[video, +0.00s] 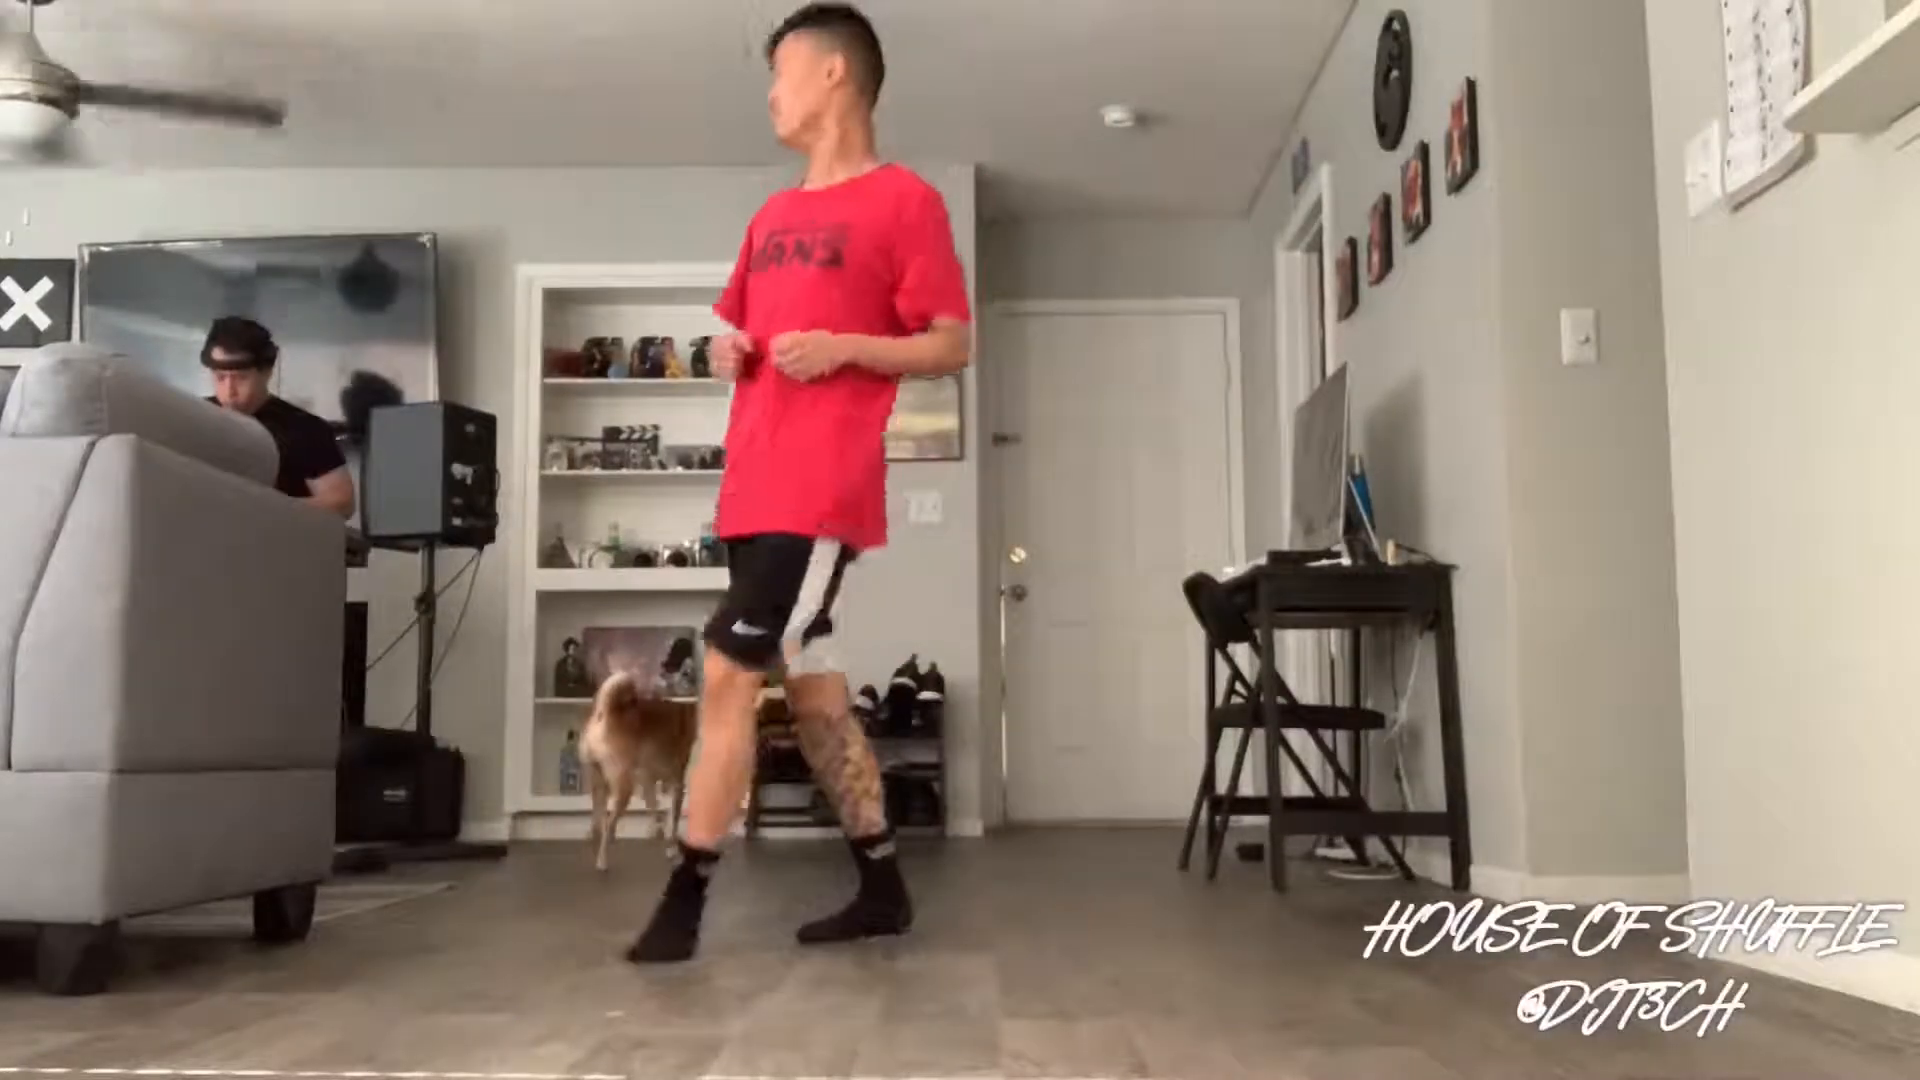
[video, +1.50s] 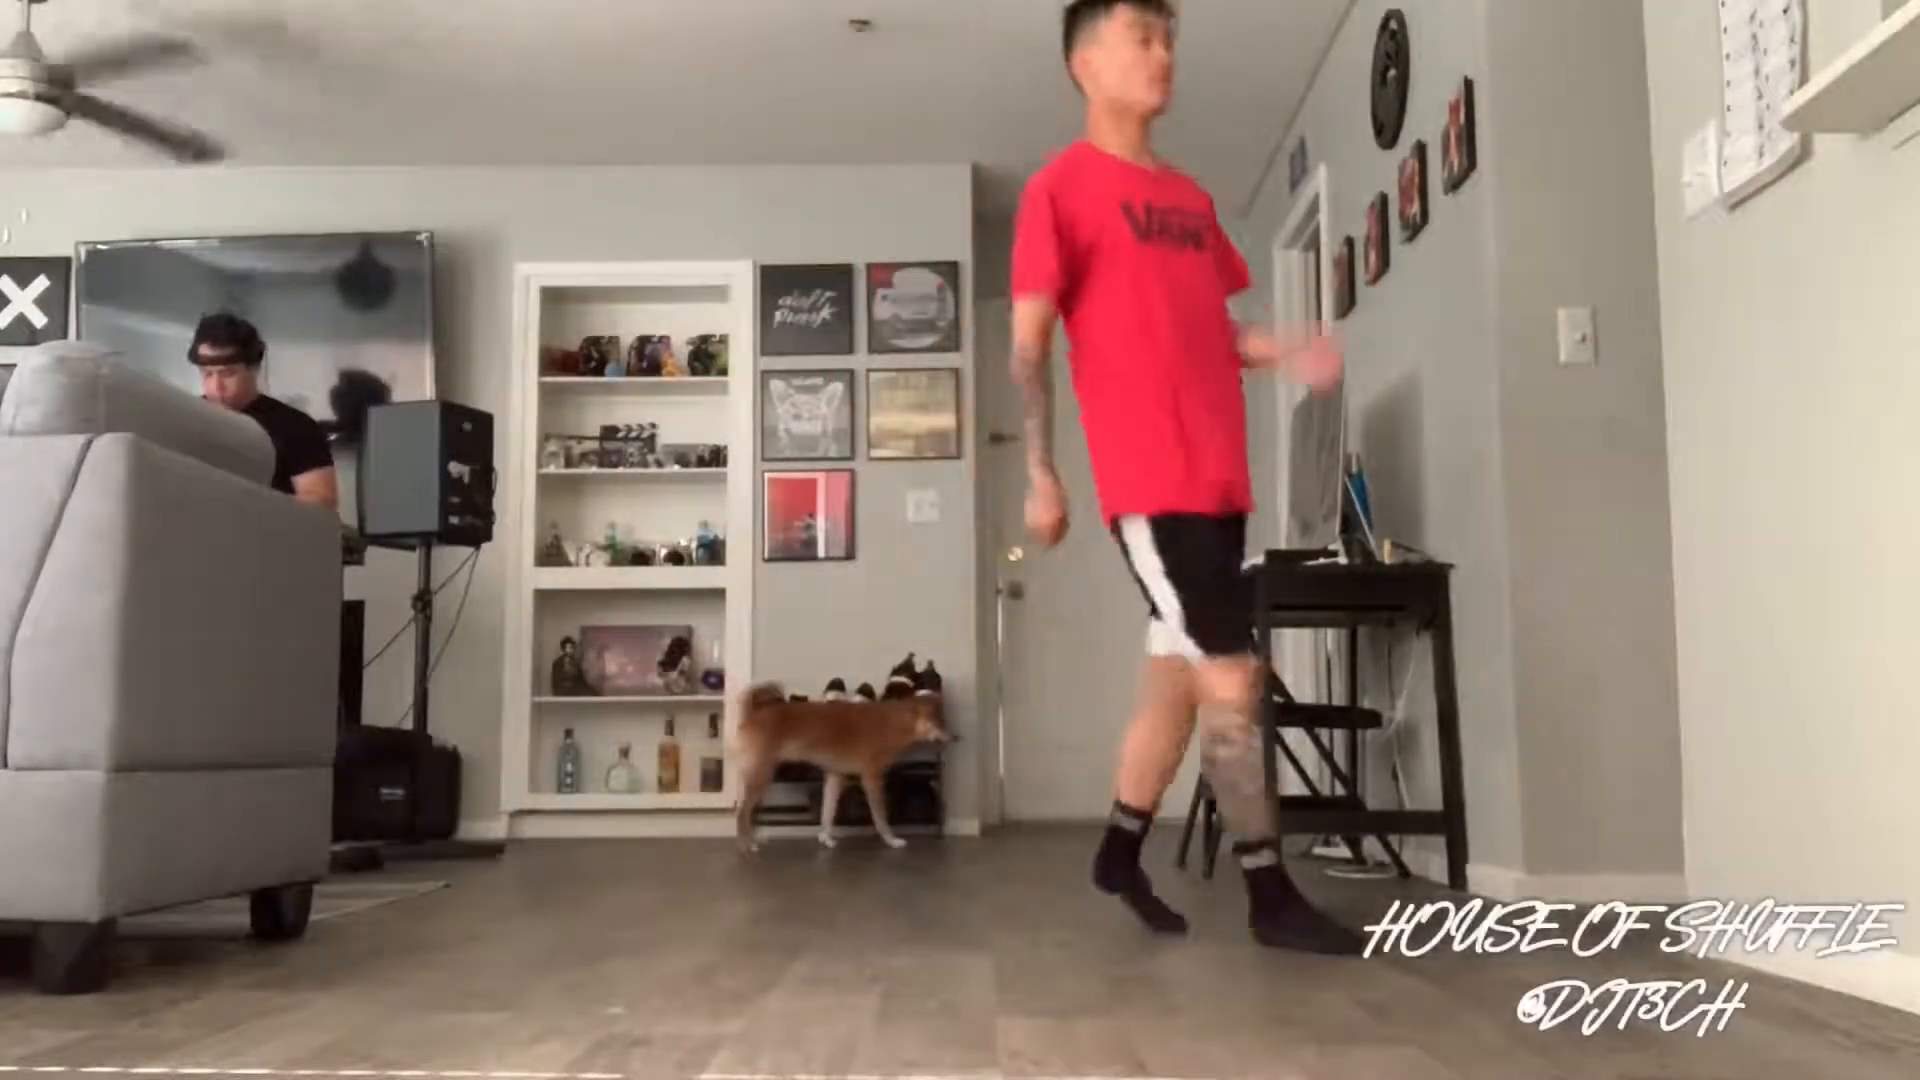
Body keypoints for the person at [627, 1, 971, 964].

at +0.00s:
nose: (769, 90)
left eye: (781, 68)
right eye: (772, 72)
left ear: (836, 74)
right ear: (826, 78)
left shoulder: (905, 201)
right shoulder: (773, 214)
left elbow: (952, 343)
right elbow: (741, 334)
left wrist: (846, 347)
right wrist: (731, 351)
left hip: (826, 486)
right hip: (755, 484)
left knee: (728, 671)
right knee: (814, 691)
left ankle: (682, 901)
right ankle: (882, 885)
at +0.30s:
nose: (750, 49)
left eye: (766, 28)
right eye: (750, 32)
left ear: (827, 33)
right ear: (797, 42)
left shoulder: (899, 143)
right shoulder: (776, 175)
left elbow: (939, 281)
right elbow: (787, 327)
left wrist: (817, 236)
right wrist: (733, 388)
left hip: (847, 446)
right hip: (766, 434)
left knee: (834, 660)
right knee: (657, 577)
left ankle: (838, 889)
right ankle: (755, 748)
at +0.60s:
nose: (805, 52)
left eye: (824, 32)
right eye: (797, 40)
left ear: (885, 47)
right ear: (798, 61)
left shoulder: (942, 157)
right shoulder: (789, 189)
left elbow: (961, 300)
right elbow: (787, 328)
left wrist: (928, 414)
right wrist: (772, 434)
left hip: (909, 436)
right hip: (816, 443)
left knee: (878, 661)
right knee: (818, 667)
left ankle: (918, 830)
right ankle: (824, 884)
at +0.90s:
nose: (978, 70)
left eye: (994, 55)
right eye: (958, 55)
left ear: (1015, 78)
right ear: (922, 80)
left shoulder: (1057, 196)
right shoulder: (888, 183)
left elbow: (1106, 322)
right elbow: (801, 288)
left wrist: (1127, 449)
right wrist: (844, 236)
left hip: (1021, 460)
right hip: (917, 461)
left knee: (978, 659)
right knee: (916, 690)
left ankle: (1040, 887)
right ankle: (907, 877)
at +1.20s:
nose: (1107, 51)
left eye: (1114, 39)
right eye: (1083, 39)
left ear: (1126, 71)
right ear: (1035, 74)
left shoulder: (1155, 200)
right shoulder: (1008, 190)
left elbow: (1162, 322)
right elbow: (962, 333)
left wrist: (1198, 367)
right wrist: (976, 436)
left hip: (1151, 455)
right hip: (1058, 451)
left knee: (1132, 675)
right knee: (1120, 614)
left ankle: (1130, 883)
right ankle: (1022, 745)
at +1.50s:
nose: (1164, 57)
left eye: (1167, 42)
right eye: (1142, 40)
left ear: (1167, 63)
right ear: (1085, 65)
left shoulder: (1187, 194)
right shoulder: (1057, 187)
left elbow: (1214, 332)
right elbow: (1028, 342)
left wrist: (1284, 348)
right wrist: (1040, 474)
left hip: (1216, 467)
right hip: (1143, 471)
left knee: (1175, 678)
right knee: (1232, 671)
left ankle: (1118, 856)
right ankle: (1271, 894)